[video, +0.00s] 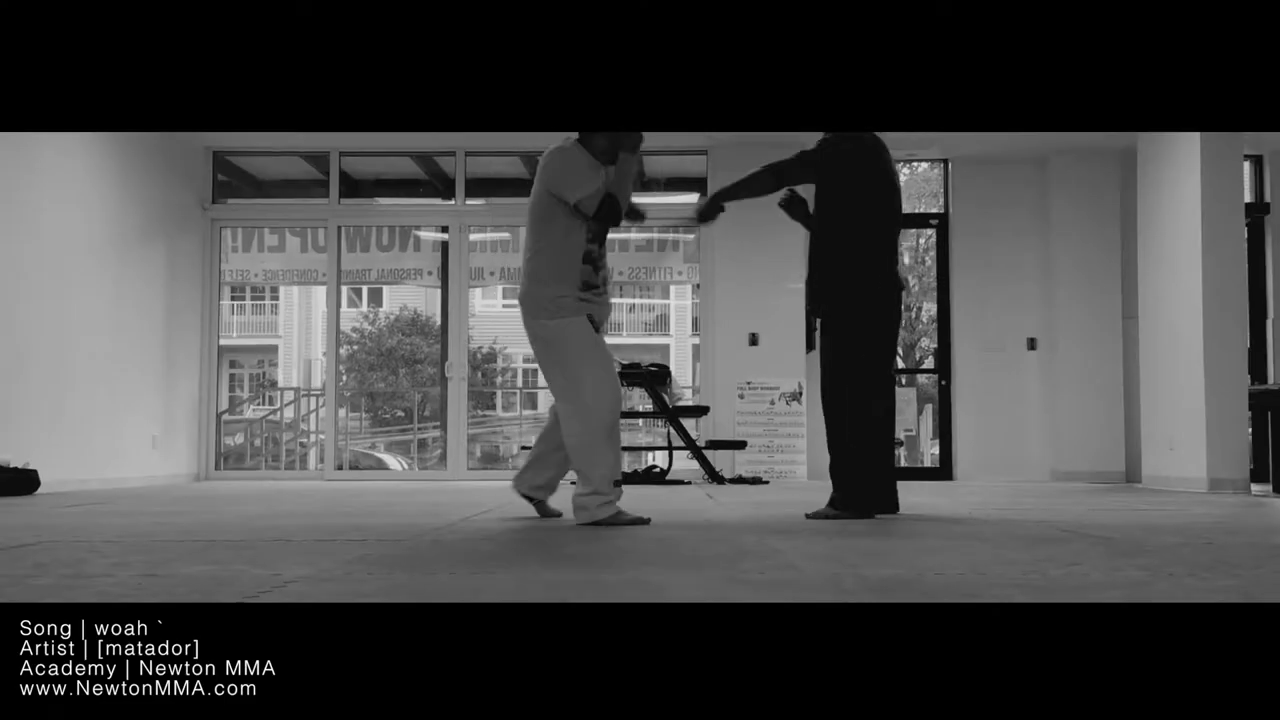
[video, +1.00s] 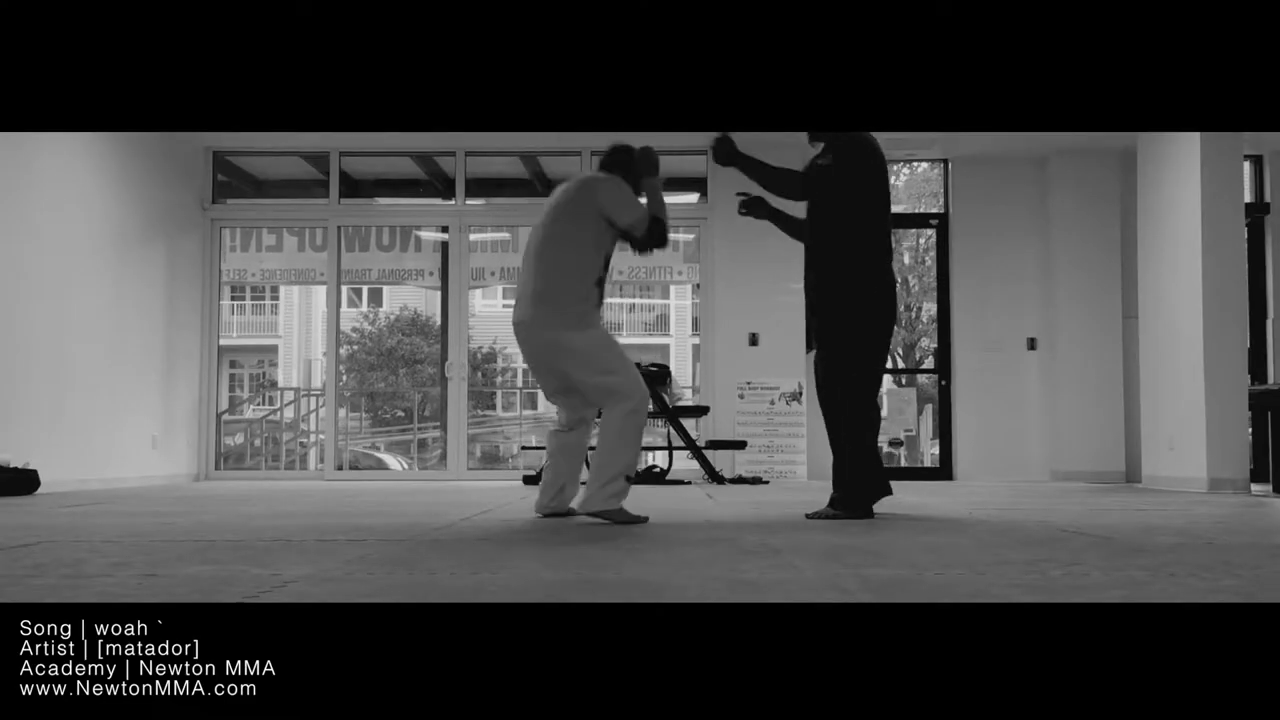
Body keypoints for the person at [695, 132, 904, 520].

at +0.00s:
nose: (818, 143)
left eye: (822, 139)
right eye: (821, 142)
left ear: (832, 133)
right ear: (862, 129)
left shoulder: (845, 150)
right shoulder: (873, 158)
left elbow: (778, 174)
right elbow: (844, 236)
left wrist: (719, 198)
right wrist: (805, 216)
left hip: (851, 299)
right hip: (875, 296)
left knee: (845, 395)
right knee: (870, 394)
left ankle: (852, 499)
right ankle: (878, 496)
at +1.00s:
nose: (808, 136)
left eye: (812, 133)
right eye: (809, 134)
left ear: (826, 128)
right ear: (840, 127)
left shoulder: (852, 151)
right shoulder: (848, 158)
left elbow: (797, 185)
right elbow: (820, 234)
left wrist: (736, 158)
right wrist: (770, 213)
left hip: (854, 299)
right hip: (849, 298)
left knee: (843, 394)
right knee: (848, 394)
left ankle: (853, 499)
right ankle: (858, 489)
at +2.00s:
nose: (785, 148)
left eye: (788, 139)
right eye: (784, 141)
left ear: (806, 135)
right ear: (807, 140)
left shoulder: (841, 166)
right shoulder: (809, 178)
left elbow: (813, 227)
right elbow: (798, 242)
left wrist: (756, 205)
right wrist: (772, 216)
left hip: (857, 308)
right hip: (833, 309)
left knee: (852, 397)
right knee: (839, 398)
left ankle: (852, 495)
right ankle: (851, 493)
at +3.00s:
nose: (753, 141)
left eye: (760, 134)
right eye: (756, 134)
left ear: (780, 138)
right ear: (790, 139)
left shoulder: (788, 182)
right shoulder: (809, 176)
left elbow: (743, 241)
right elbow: (796, 236)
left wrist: (691, 222)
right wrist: (757, 222)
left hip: (815, 314)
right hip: (808, 313)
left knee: (827, 402)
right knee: (800, 402)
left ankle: (843, 500)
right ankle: (793, 493)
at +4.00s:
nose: (726, 145)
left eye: (731, 138)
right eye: (727, 140)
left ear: (746, 140)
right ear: (766, 141)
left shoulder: (764, 173)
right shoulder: (769, 181)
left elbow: (702, 174)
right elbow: (758, 266)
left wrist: (646, 143)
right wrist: (721, 247)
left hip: (784, 311)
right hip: (786, 309)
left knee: (776, 401)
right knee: (781, 400)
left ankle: (778, 495)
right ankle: (784, 494)